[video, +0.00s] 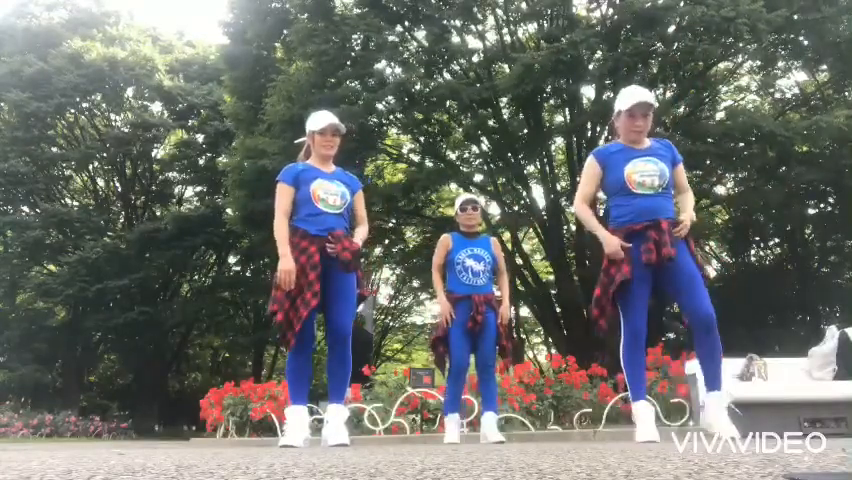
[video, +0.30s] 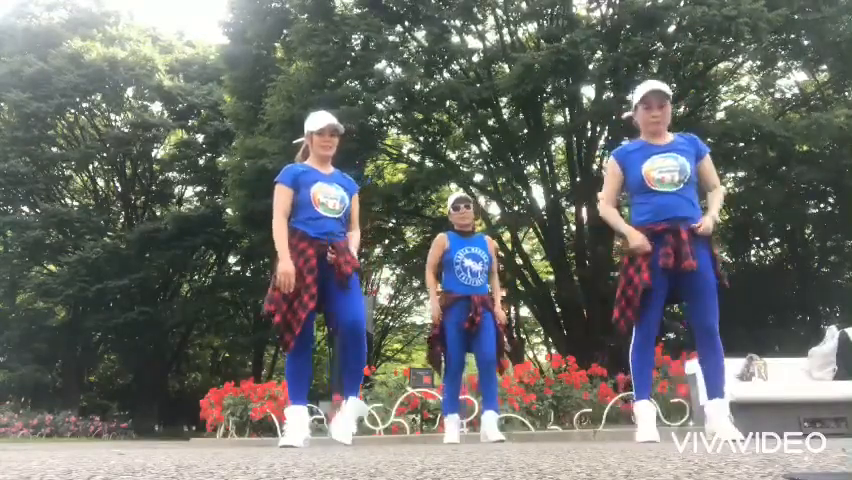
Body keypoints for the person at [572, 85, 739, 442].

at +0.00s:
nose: (639, 120)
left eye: (645, 114)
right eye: (632, 114)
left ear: (652, 118)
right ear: (617, 118)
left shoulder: (665, 149)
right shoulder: (602, 155)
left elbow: (683, 190)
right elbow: (580, 203)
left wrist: (688, 211)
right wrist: (604, 236)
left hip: (671, 240)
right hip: (629, 244)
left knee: (705, 316)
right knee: (635, 329)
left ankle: (714, 406)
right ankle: (641, 411)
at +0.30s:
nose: (655, 112)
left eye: (661, 105)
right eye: (648, 106)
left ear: (671, 110)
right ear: (635, 114)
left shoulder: (691, 145)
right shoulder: (622, 154)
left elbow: (716, 188)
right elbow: (605, 205)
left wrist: (711, 216)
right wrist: (629, 231)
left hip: (694, 239)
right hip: (650, 242)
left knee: (708, 327)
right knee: (646, 329)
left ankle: (717, 413)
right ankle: (644, 413)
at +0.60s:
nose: (669, 111)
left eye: (675, 105)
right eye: (661, 106)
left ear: (685, 109)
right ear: (650, 113)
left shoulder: (706, 146)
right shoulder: (636, 155)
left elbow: (726, 192)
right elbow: (627, 208)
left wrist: (729, 223)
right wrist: (636, 243)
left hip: (707, 235)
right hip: (661, 240)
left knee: (715, 324)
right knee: (666, 326)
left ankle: (718, 409)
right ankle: (672, 409)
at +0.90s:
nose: (662, 104)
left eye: (668, 99)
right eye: (654, 100)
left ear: (680, 108)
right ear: (644, 113)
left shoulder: (702, 143)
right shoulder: (631, 156)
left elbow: (723, 193)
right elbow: (626, 209)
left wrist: (738, 239)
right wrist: (629, 253)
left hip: (705, 237)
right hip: (659, 242)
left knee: (714, 325)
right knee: (669, 327)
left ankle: (719, 410)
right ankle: (679, 414)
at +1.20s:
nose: (668, 111)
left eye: (674, 106)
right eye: (660, 107)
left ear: (686, 112)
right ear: (650, 118)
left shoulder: (710, 143)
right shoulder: (640, 160)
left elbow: (733, 187)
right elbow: (630, 211)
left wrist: (737, 221)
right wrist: (637, 251)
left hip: (713, 238)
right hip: (667, 245)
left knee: (742, 324)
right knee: (675, 328)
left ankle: (759, 408)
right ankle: (681, 412)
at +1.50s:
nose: (643, 114)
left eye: (650, 108)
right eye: (635, 111)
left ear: (664, 115)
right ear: (628, 123)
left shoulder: (678, 137)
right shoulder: (626, 165)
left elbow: (694, 173)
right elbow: (628, 211)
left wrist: (657, 215)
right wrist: (633, 235)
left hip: (701, 240)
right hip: (661, 250)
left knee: (741, 313)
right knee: (638, 314)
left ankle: (771, 402)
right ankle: (645, 405)